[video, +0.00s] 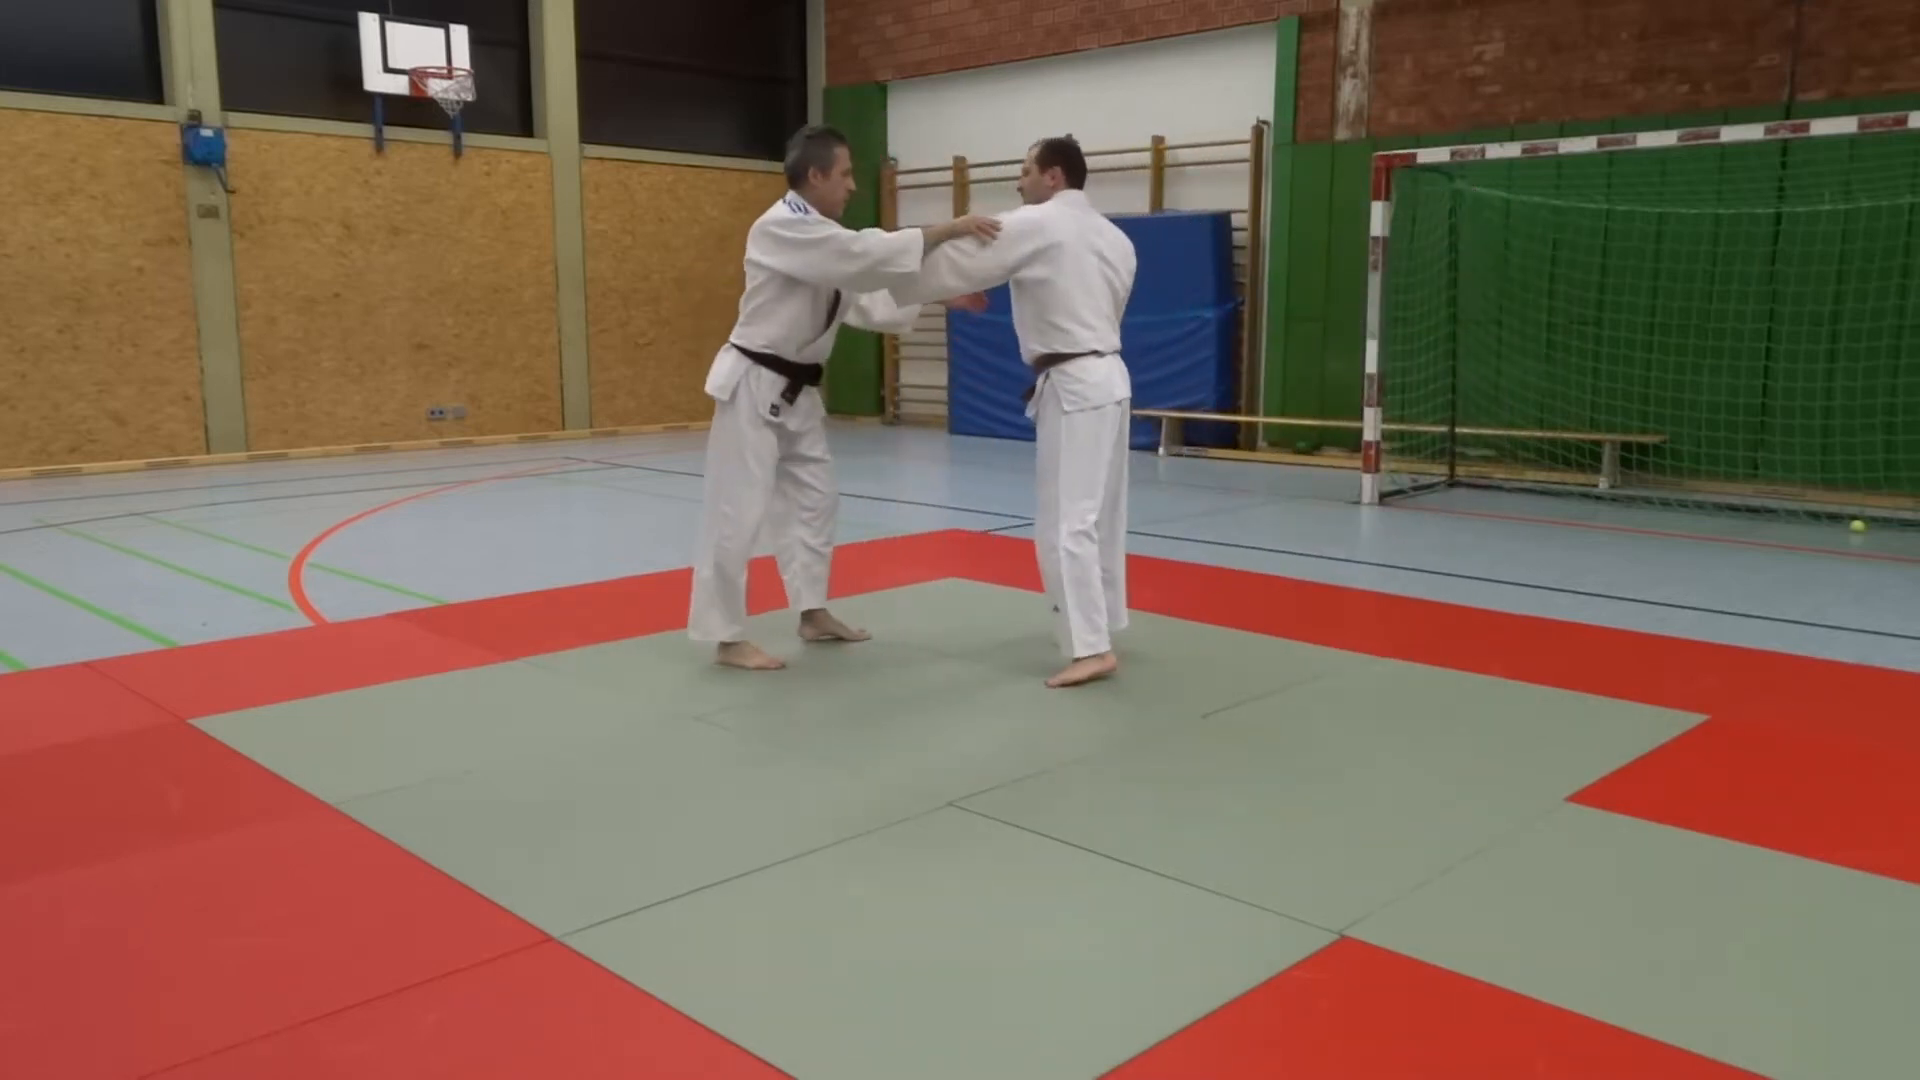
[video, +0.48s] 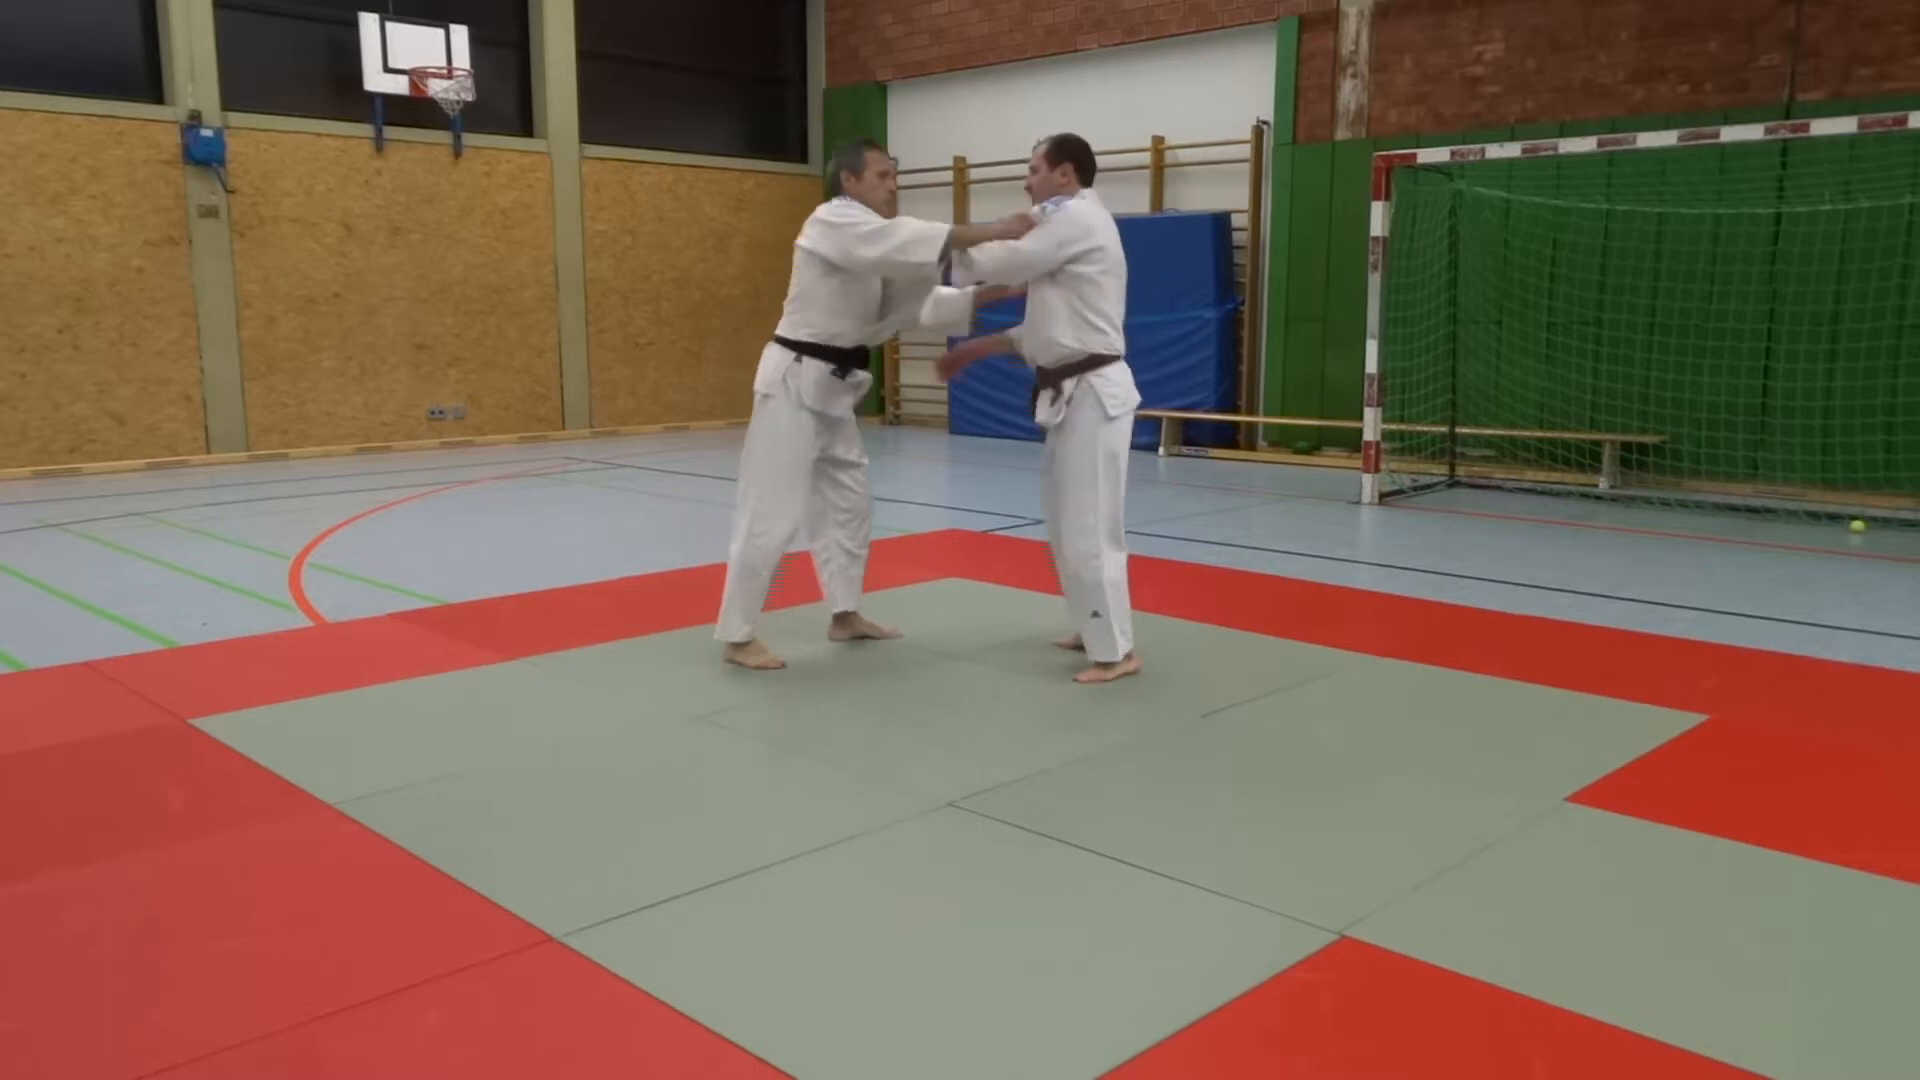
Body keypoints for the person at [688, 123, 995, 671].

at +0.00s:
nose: (853, 187)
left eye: (852, 175)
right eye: (845, 176)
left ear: (819, 176)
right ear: (813, 177)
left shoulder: (825, 238)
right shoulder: (779, 226)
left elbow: (868, 299)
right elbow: (857, 252)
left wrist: (941, 293)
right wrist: (947, 229)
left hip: (800, 389)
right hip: (753, 382)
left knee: (815, 499)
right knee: (737, 508)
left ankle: (814, 614)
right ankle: (728, 638)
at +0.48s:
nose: (894, 184)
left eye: (894, 176)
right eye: (883, 176)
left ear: (887, 183)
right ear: (849, 181)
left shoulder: (883, 240)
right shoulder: (831, 220)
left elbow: (921, 304)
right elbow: (896, 239)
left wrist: (999, 292)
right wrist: (991, 231)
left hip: (836, 386)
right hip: (792, 378)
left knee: (848, 501)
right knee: (771, 508)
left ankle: (845, 615)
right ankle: (737, 635)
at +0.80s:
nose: (976, 217)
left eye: (977, 210)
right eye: (965, 210)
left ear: (955, 220)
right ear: (931, 216)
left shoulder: (951, 267)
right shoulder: (908, 254)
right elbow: (952, 301)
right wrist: (1037, 271)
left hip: (881, 409)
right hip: (844, 388)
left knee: (898, 511)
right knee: (836, 502)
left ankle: (855, 617)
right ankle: (783, 638)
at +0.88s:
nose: (962, 226)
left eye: (963, 216)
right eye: (951, 215)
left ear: (927, 222)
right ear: (916, 219)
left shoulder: (933, 268)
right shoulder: (898, 258)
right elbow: (947, 301)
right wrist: (1038, 275)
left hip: (872, 412)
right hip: (837, 394)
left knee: (890, 508)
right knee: (837, 515)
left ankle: (855, 616)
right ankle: (790, 654)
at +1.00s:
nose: (941, 206)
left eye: (940, 196)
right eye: (933, 196)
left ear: (902, 202)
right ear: (901, 201)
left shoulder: (902, 243)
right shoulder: (890, 244)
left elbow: (954, 289)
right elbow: (953, 303)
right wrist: (1050, 276)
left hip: (856, 395)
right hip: (827, 388)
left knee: (854, 517)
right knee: (831, 532)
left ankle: (844, 616)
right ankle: (779, 674)